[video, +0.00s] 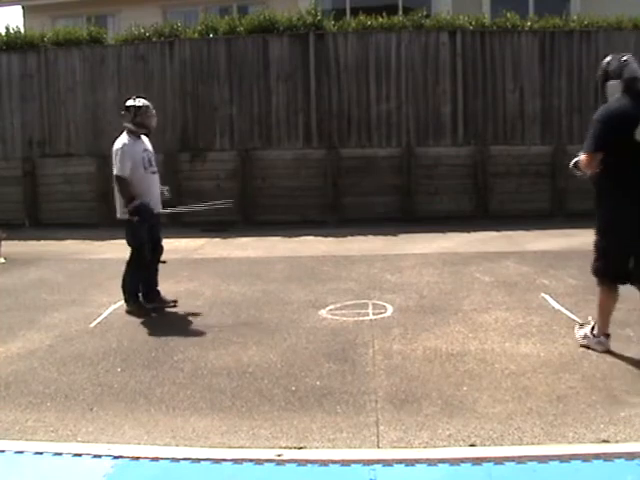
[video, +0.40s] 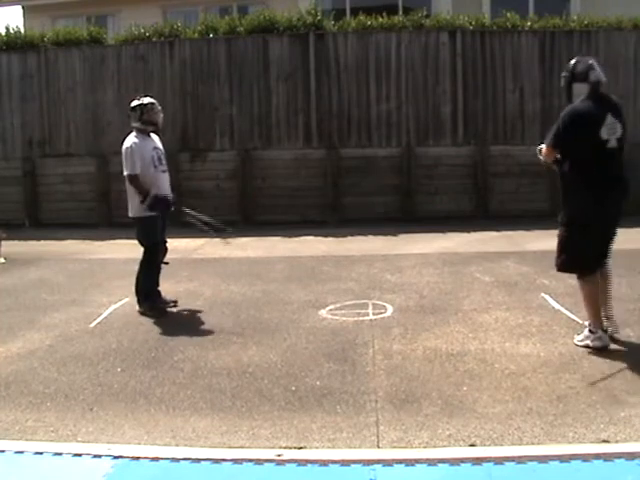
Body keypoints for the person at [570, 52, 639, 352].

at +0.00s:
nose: (604, 86)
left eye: (606, 81)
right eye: (604, 82)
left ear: (612, 81)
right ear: (633, 80)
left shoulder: (610, 114)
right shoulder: (635, 109)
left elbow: (590, 163)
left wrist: (583, 163)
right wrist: (595, 162)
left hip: (618, 209)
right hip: (634, 207)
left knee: (608, 271)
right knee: (614, 271)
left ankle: (600, 332)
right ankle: (600, 329)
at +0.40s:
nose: (568, 88)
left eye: (569, 83)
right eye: (569, 82)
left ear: (576, 83)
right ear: (598, 80)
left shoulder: (576, 114)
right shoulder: (615, 109)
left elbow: (549, 152)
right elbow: (597, 146)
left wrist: (543, 151)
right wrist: (558, 151)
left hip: (584, 202)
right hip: (611, 199)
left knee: (584, 264)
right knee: (598, 259)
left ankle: (595, 330)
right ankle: (606, 321)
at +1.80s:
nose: (456, 99)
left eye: (461, 94)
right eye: (457, 94)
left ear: (473, 97)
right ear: (473, 98)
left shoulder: (487, 125)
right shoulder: (471, 123)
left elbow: (486, 162)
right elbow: (470, 158)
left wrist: (469, 189)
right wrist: (458, 178)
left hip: (487, 196)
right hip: (474, 194)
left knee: (483, 249)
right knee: (462, 243)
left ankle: (497, 300)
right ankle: (454, 289)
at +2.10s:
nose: (435, 105)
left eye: (438, 100)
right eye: (434, 100)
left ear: (451, 99)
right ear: (446, 99)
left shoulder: (470, 121)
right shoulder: (449, 125)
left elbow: (483, 151)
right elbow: (451, 164)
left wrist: (469, 179)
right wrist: (434, 178)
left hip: (473, 193)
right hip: (455, 192)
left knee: (466, 244)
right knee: (451, 242)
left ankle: (490, 293)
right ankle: (451, 290)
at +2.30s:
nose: (435, 105)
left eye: (438, 99)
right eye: (434, 100)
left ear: (451, 99)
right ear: (442, 99)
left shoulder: (467, 122)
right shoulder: (446, 126)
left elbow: (478, 152)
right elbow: (446, 163)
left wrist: (456, 176)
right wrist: (428, 174)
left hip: (470, 195)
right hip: (452, 194)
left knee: (469, 245)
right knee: (451, 244)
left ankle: (485, 294)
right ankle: (451, 290)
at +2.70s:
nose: (448, 103)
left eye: (452, 97)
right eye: (447, 98)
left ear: (466, 99)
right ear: (457, 99)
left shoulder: (480, 125)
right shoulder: (457, 124)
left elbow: (484, 162)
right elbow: (450, 155)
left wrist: (454, 162)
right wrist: (433, 169)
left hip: (479, 200)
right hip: (459, 198)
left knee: (479, 246)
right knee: (448, 240)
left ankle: (486, 295)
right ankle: (450, 289)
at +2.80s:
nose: (450, 102)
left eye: (457, 96)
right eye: (450, 97)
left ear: (468, 99)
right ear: (461, 99)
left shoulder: (482, 126)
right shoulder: (458, 124)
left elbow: (485, 161)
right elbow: (448, 152)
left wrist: (455, 161)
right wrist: (434, 168)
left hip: (480, 198)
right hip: (458, 196)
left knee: (480, 246)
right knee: (443, 238)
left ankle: (487, 294)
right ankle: (448, 286)